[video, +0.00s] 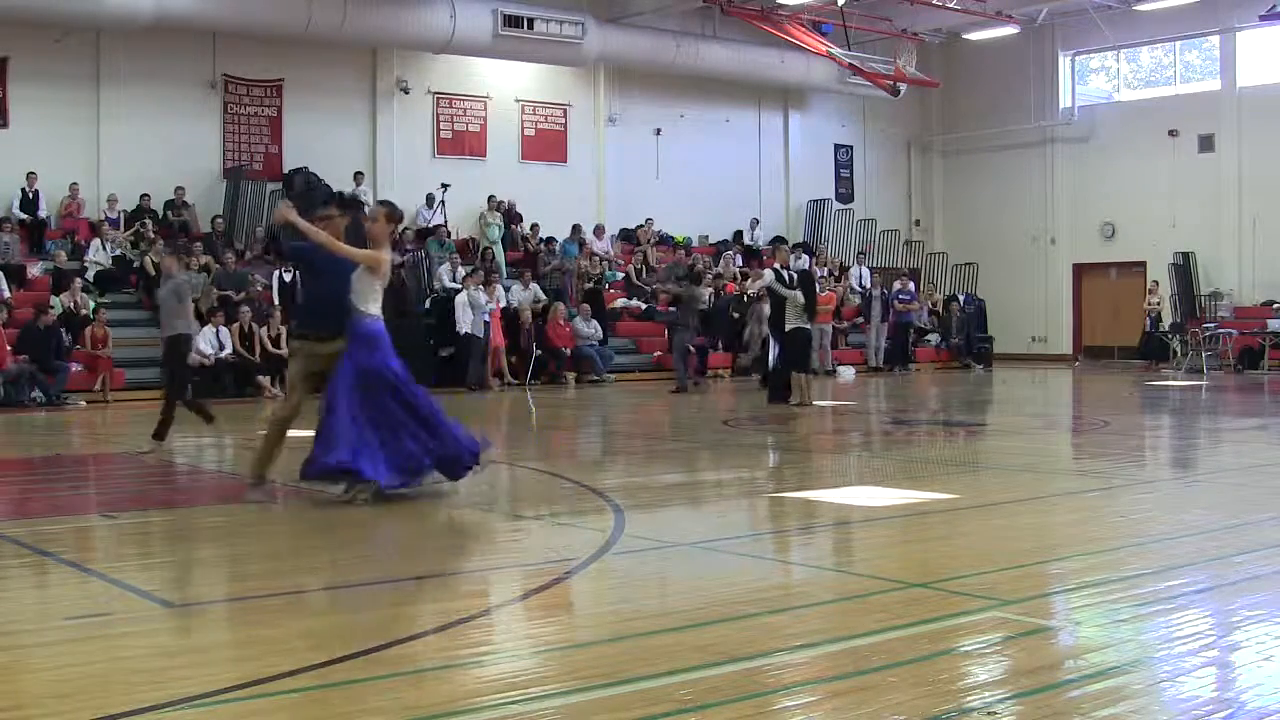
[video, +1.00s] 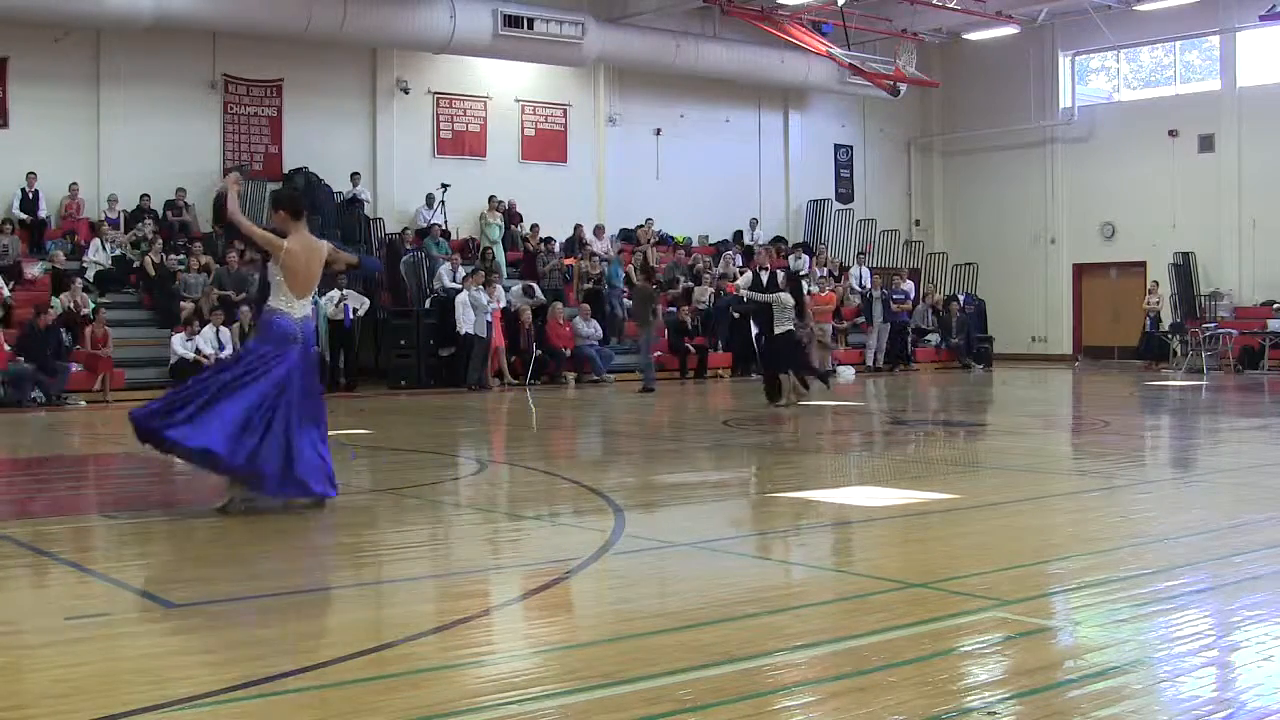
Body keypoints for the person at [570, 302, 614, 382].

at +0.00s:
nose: (587, 312)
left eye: (589, 310)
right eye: (585, 311)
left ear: (591, 312)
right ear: (580, 312)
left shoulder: (594, 321)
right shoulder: (576, 321)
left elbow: (600, 335)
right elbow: (581, 332)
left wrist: (589, 337)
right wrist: (593, 332)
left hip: (594, 344)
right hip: (582, 345)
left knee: (609, 354)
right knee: (592, 354)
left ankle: (597, 374)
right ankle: (602, 374)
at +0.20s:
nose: (587, 312)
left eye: (589, 310)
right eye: (585, 311)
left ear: (591, 312)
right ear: (580, 312)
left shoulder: (594, 321)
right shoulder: (576, 321)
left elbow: (600, 335)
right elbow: (581, 333)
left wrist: (588, 335)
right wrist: (593, 331)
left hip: (594, 345)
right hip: (582, 345)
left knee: (609, 354)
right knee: (592, 354)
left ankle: (598, 373)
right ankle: (602, 374)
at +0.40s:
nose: (587, 312)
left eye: (589, 310)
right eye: (585, 311)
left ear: (591, 312)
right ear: (580, 312)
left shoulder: (593, 321)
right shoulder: (576, 321)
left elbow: (600, 335)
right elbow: (581, 332)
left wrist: (588, 335)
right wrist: (593, 331)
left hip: (594, 345)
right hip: (582, 345)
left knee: (609, 354)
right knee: (592, 354)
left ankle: (598, 374)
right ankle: (602, 374)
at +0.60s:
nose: (587, 312)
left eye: (589, 310)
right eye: (585, 311)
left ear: (591, 312)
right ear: (580, 312)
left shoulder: (594, 321)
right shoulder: (576, 321)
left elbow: (600, 335)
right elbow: (581, 332)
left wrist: (588, 335)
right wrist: (593, 331)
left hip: (594, 344)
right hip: (582, 345)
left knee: (609, 354)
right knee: (592, 355)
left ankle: (598, 373)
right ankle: (602, 374)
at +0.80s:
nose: (588, 313)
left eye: (589, 310)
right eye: (585, 311)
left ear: (591, 312)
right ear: (580, 312)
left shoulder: (593, 321)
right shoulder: (576, 321)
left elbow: (600, 335)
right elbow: (581, 332)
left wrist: (588, 336)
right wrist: (593, 332)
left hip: (595, 344)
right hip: (583, 344)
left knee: (609, 354)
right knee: (592, 354)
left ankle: (597, 374)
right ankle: (602, 374)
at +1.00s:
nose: (588, 313)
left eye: (589, 311)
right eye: (585, 311)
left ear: (590, 312)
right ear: (580, 312)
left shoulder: (593, 321)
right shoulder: (576, 321)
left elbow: (600, 335)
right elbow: (581, 332)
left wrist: (589, 336)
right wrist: (593, 331)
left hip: (595, 344)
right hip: (583, 345)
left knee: (609, 354)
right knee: (592, 354)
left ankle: (597, 374)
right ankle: (602, 374)